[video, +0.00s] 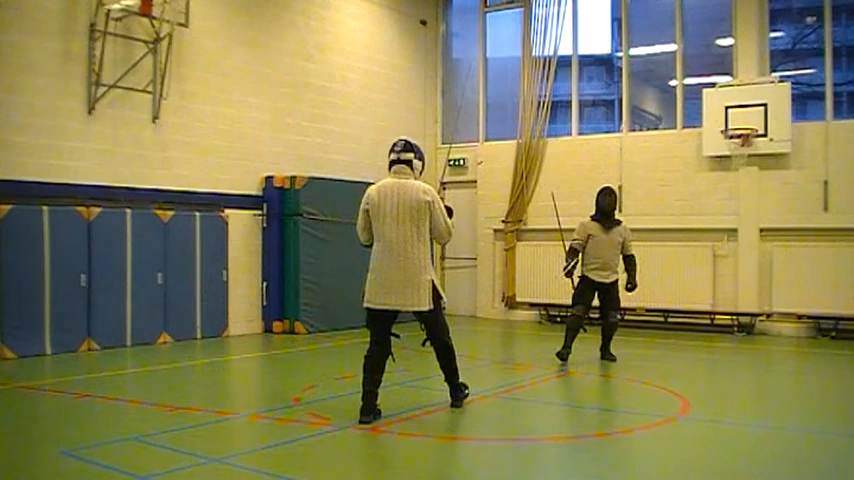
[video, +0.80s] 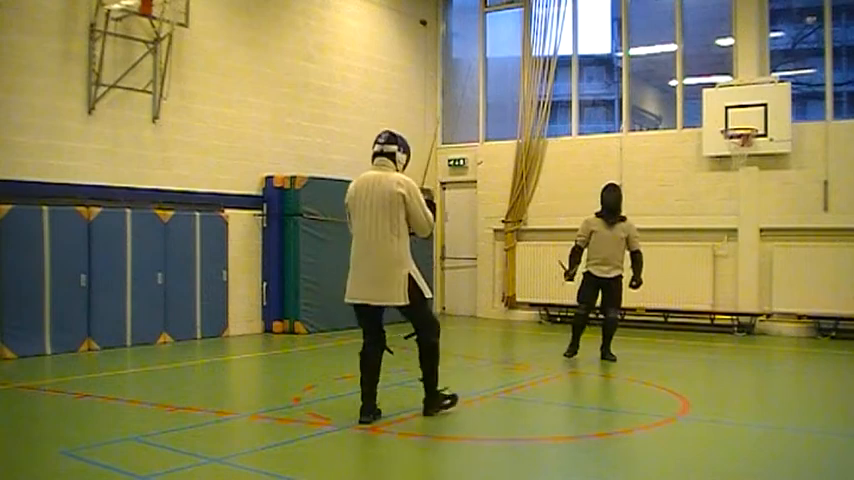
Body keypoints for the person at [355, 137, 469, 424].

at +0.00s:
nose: (420, 167)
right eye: (420, 163)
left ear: (390, 162)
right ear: (417, 163)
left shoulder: (373, 192)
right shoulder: (426, 193)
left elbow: (364, 238)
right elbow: (444, 235)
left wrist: (389, 229)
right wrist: (444, 213)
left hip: (381, 283)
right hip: (419, 283)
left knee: (378, 343)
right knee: (440, 337)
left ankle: (368, 407)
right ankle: (455, 390)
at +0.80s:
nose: (405, 162)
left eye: (405, 158)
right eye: (406, 158)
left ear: (375, 155)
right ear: (400, 157)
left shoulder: (355, 185)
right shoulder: (404, 184)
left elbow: (354, 227)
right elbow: (424, 229)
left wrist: (388, 217)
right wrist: (427, 202)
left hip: (361, 277)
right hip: (398, 275)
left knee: (372, 339)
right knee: (428, 328)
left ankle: (367, 407)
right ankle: (432, 396)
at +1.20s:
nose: (368, 159)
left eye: (367, 154)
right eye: (368, 154)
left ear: (337, 150)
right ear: (362, 153)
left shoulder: (318, 184)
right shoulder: (357, 180)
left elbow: (340, 224)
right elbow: (379, 225)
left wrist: (373, 196)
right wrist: (382, 199)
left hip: (324, 276)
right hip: (345, 277)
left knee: (357, 340)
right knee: (337, 348)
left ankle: (359, 409)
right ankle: (284, 412)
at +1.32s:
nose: (353, 163)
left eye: (353, 157)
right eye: (353, 157)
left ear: (321, 153)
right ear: (346, 155)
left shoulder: (301, 186)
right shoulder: (339, 182)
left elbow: (321, 227)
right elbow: (362, 228)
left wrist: (356, 197)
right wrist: (366, 201)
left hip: (304, 285)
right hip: (325, 286)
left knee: (345, 340)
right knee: (311, 356)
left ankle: (355, 409)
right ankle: (263, 426)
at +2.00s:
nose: (258, 158)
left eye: (259, 152)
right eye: (258, 151)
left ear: (224, 147)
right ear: (248, 150)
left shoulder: (203, 185)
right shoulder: (246, 179)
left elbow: (220, 225)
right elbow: (270, 227)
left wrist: (259, 196)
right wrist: (274, 202)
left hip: (217, 285)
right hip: (244, 285)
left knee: (270, 343)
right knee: (246, 360)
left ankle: (258, 417)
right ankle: (207, 438)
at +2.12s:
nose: (261, 165)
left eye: (261, 159)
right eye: (261, 158)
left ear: (228, 154)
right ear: (252, 156)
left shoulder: (206, 187)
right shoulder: (246, 183)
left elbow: (218, 231)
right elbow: (269, 232)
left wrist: (261, 206)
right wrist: (279, 213)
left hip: (220, 287)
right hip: (244, 287)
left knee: (271, 343)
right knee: (252, 361)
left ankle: (280, 412)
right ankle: (206, 438)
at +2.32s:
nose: (293, 173)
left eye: (294, 167)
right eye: (292, 167)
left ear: (262, 161)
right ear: (282, 163)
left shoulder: (243, 194)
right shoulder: (276, 189)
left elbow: (262, 238)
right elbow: (296, 237)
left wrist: (301, 220)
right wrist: (307, 219)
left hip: (252, 292)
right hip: (272, 293)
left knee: (299, 346)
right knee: (277, 365)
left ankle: (310, 406)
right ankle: (226, 437)